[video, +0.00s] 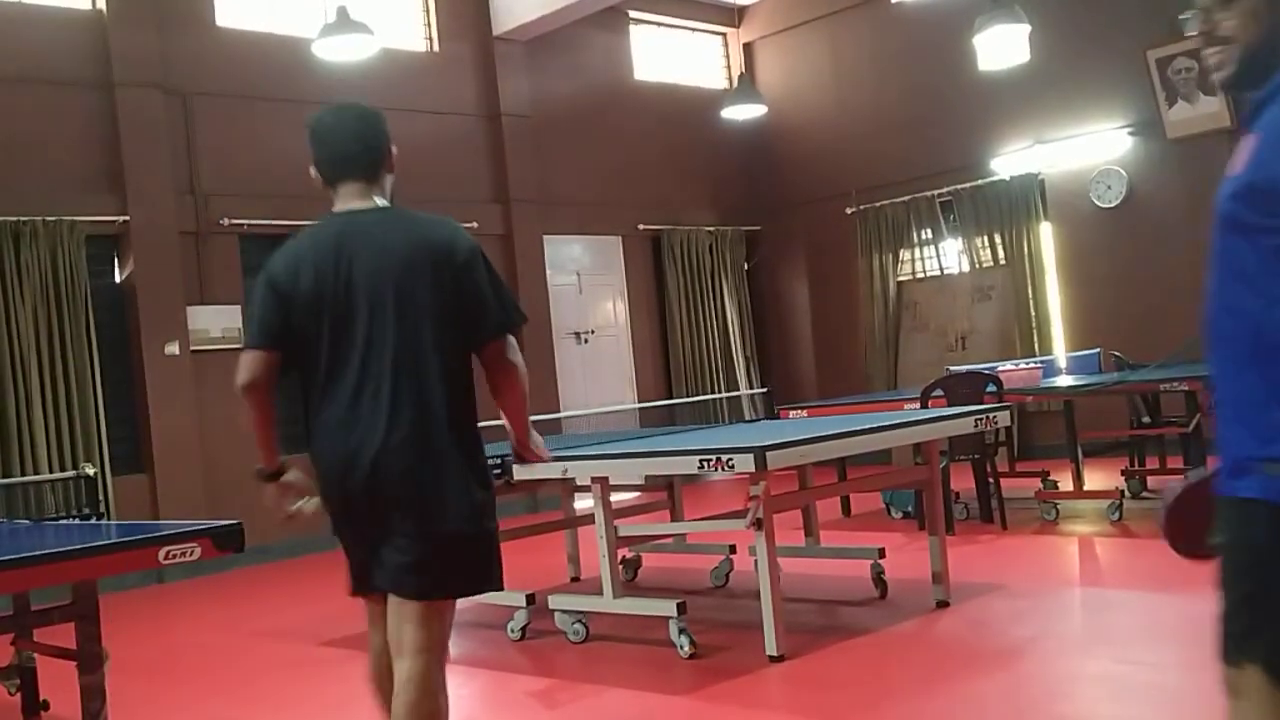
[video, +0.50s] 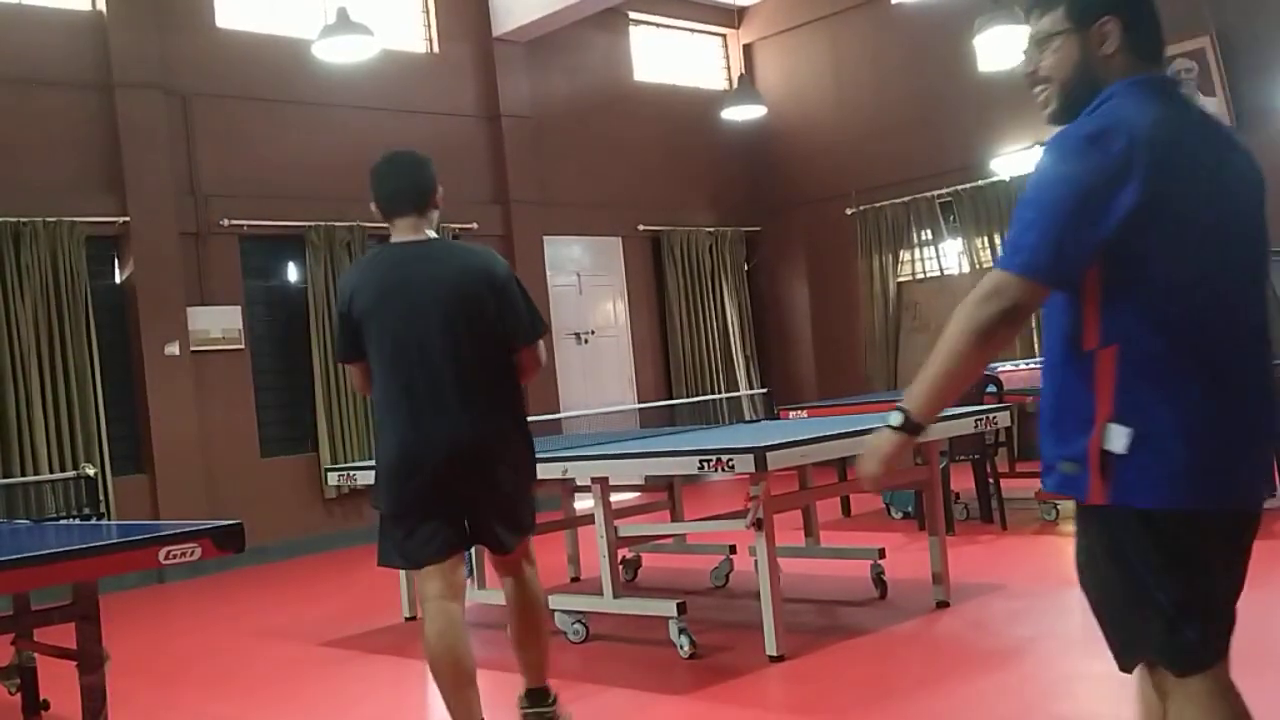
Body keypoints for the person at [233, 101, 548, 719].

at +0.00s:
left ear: (315, 172)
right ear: (389, 161)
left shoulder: (292, 263)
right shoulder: (445, 243)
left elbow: (251, 378)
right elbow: (498, 359)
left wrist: (271, 468)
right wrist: (524, 436)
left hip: (347, 470)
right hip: (434, 466)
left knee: (383, 637)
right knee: (418, 648)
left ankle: (405, 718)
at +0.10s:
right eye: (404, 167)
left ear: (331, 190)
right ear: (403, 177)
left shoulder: (312, 274)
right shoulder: (457, 256)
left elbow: (278, 389)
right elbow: (508, 369)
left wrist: (315, 455)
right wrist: (507, 417)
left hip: (366, 471)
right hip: (451, 465)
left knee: (423, 633)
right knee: (432, 634)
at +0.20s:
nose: (409, 182)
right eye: (410, 174)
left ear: (341, 196)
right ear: (408, 182)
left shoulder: (325, 278)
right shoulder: (462, 257)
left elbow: (304, 392)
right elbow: (510, 369)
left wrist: (362, 428)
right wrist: (468, 416)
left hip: (386, 476)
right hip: (467, 468)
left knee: (421, 614)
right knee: (476, 615)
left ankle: (448, 714)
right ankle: (452, 714)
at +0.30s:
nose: (416, 184)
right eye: (416, 176)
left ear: (352, 199)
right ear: (416, 184)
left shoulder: (338, 279)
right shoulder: (470, 254)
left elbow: (327, 390)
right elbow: (513, 360)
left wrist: (380, 403)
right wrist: (468, 393)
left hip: (394, 470)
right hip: (476, 459)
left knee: (425, 608)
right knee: (504, 595)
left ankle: (455, 719)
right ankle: (474, 703)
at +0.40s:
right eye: (423, 179)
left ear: (362, 200)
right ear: (424, 187)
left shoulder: (347, 276)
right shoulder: (475, 256)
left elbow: (346, 381)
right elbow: (521, 357)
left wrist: (403, 375)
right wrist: (475, 386)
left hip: (404, 460)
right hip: (486, 449)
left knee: (433, 602)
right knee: (511, 567)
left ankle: (465, 718)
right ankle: (510, 699)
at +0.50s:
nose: (439, 198)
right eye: (438, 191)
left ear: (377, 207)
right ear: (437, 199)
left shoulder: (359, 281)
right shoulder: (484, 266)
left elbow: (361, 378)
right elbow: (529, 360)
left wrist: (413, 386)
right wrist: (484, 391)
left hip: (412, 458)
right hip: (493, 448)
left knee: (439, 597)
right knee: (516, 571)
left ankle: (467, 717)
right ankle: (538, 696)